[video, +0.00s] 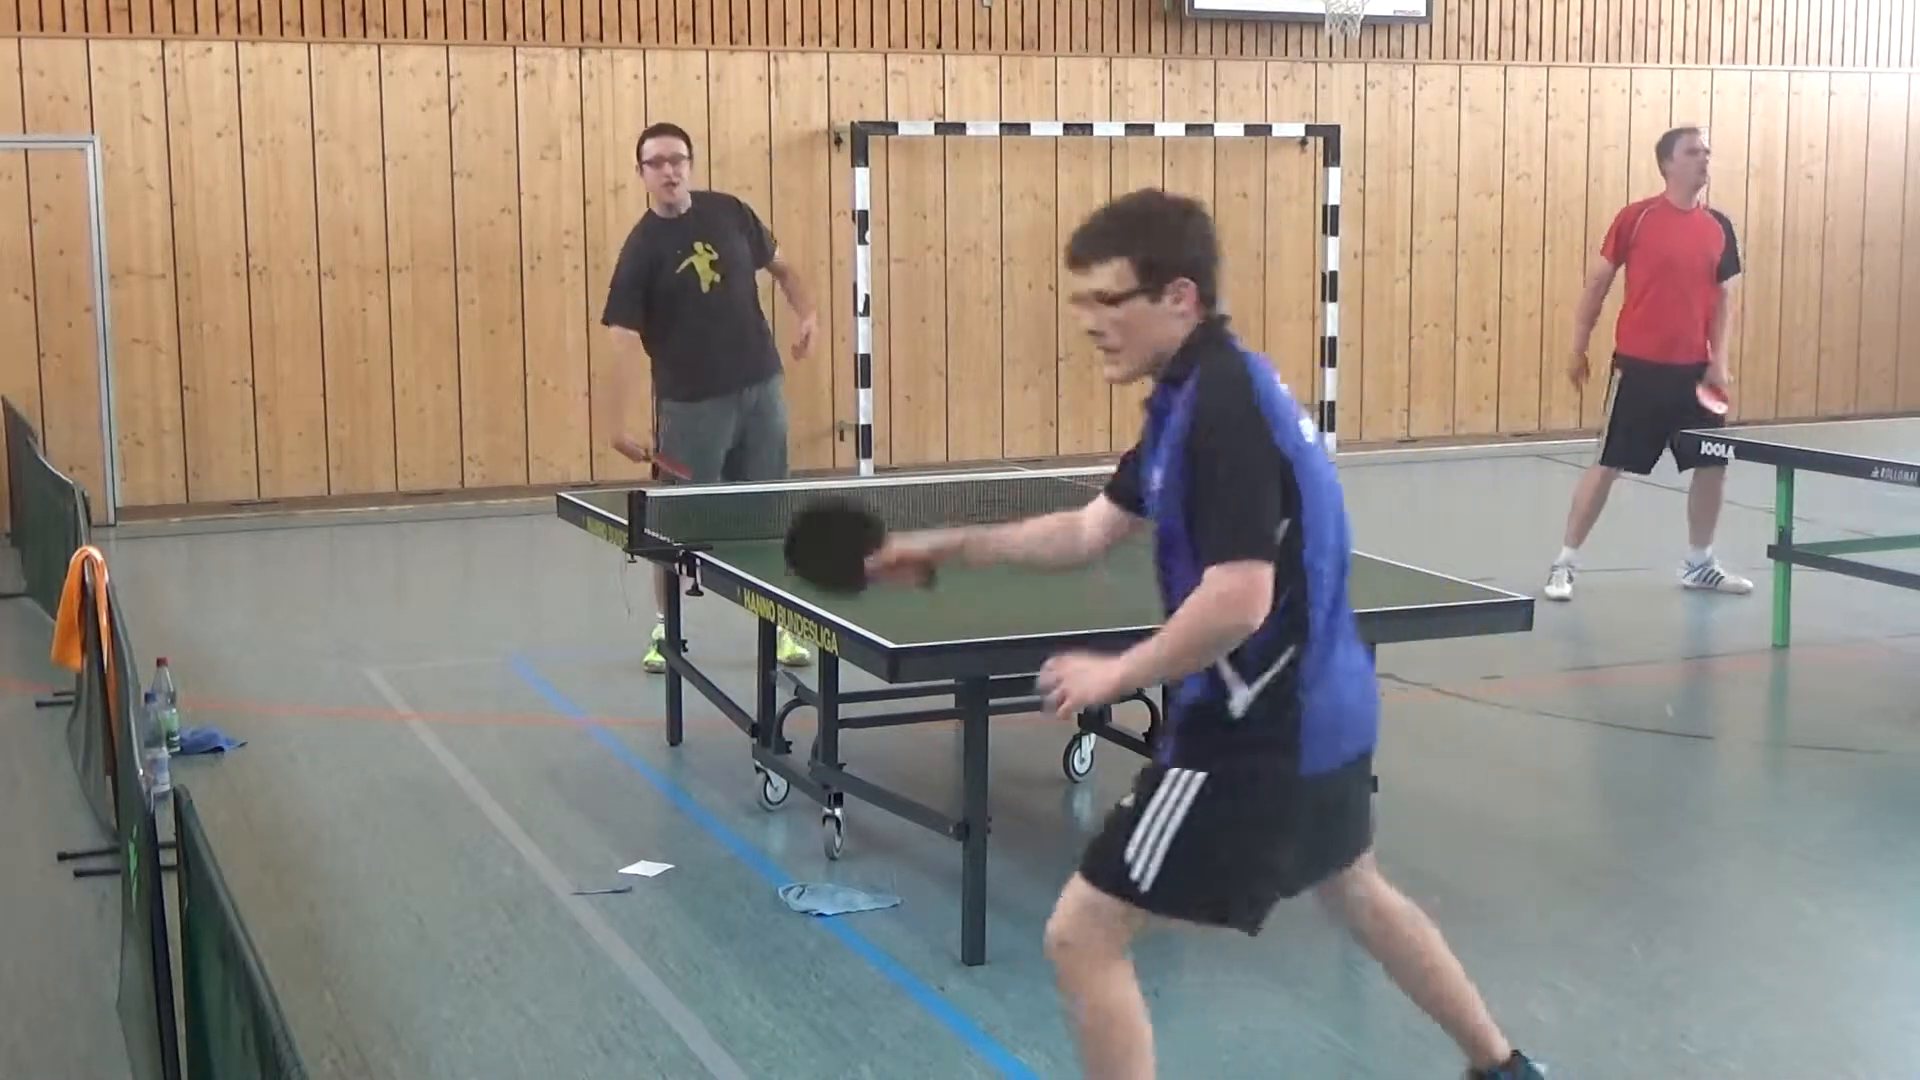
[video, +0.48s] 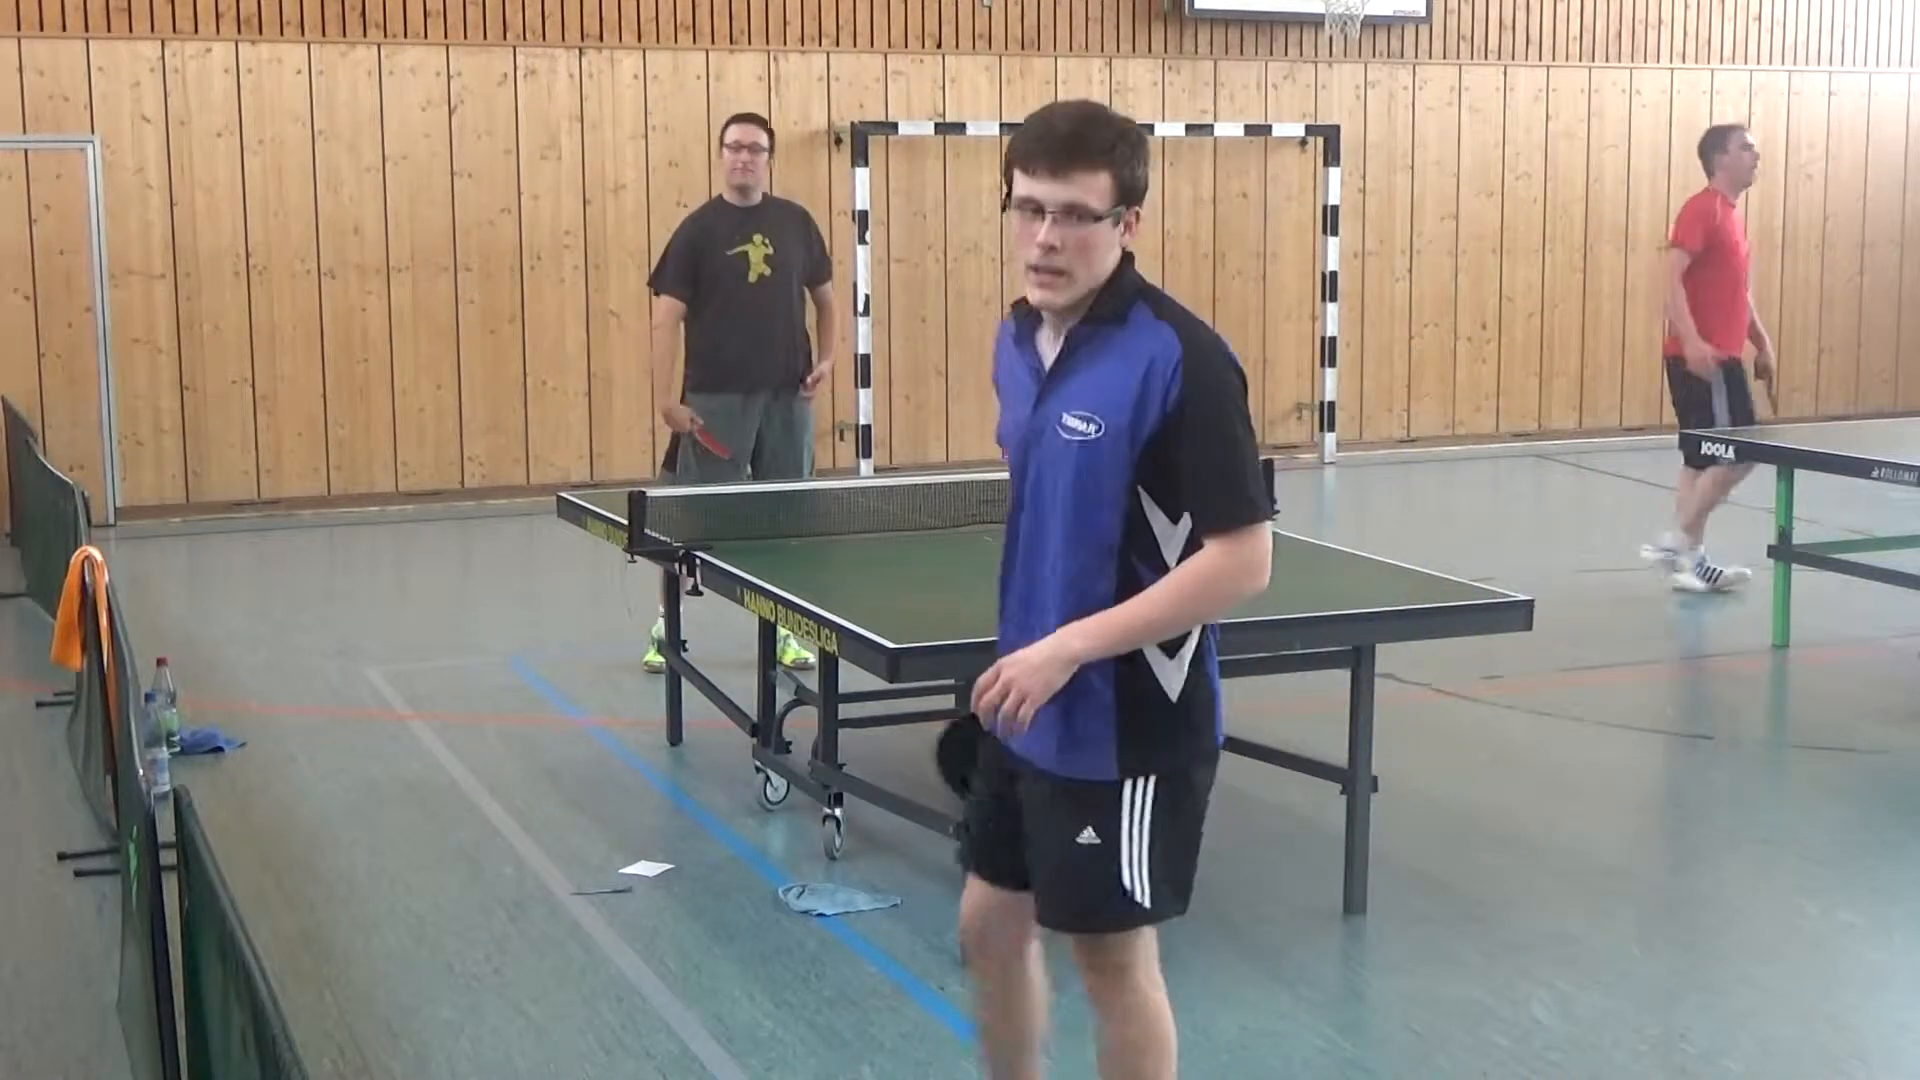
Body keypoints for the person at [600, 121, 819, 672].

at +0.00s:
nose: (668, 171)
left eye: (677, 161)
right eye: (656, 163)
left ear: (692, 165)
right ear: (641, 171)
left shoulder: (730, 212)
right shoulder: (642, 246)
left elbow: (782, 268)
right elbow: (625, 340)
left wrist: (807, 314)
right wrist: (624, 426)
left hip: (761, 386)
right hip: (691, 402)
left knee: (770, 514)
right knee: (676, 521)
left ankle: (779, 626)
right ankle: (666, 629)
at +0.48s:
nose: (744, 158)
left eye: (755, 149)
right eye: (734, 148)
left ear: (770, 158)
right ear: (719, 155)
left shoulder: (796, 221)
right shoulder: (697, 229)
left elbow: (826, 297)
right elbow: (666, 317)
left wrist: (828, 358)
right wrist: (666, 401)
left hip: (789, 397)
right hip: (716, 398)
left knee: (793, 521)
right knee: (692, 516)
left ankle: (790, 630)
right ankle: (669, 627)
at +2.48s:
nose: (726, 159)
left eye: (727, 151)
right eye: (713, 153)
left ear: (729, 157)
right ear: (683, 163)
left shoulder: (758, 209)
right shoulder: (662, 236)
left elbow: (796, 286)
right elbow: (639, 327)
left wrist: (827, 357)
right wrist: (636, 412)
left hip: (772, 382)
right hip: (703, 393)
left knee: (785, 500)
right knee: (709, 506)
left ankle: (796, 604)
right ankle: (720, 604)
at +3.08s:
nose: (812, 164)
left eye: (812, 155)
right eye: (802, 156)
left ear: (804, 163)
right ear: (770, 163)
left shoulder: (824, 222)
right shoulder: (729, 225)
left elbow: (845, 298)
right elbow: (707, 315)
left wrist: (826, 336)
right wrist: (716, 394)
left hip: (808, 386)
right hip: (747, 386)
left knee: (804, 501)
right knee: (732, 498)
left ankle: (803, 604)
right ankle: (723, 603)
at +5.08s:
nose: (809, 173)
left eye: (818, 165)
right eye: (800, 164)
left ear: (830, 169)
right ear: (783, 166)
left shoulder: (851, 225)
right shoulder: (754, 228)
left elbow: (901, 269)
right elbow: (731, 317)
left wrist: (865, 315)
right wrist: (750, 393)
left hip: (835, 392)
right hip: (768, 392)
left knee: (841, 510)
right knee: (744, 505)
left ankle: (841, 614)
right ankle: (728, 608)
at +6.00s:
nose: (809, 172)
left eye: (818, 163)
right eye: (800, 163)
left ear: (831, 166)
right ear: (784, 165)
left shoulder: (853, 224)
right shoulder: (754, 227)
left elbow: (903, 271)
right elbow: (720, 308)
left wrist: (867, 314)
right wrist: (760, 320)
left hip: (835, 388)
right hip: (768, 389)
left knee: (835, 506)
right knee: (748, 502)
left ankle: (833, 612)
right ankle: (729, 607)